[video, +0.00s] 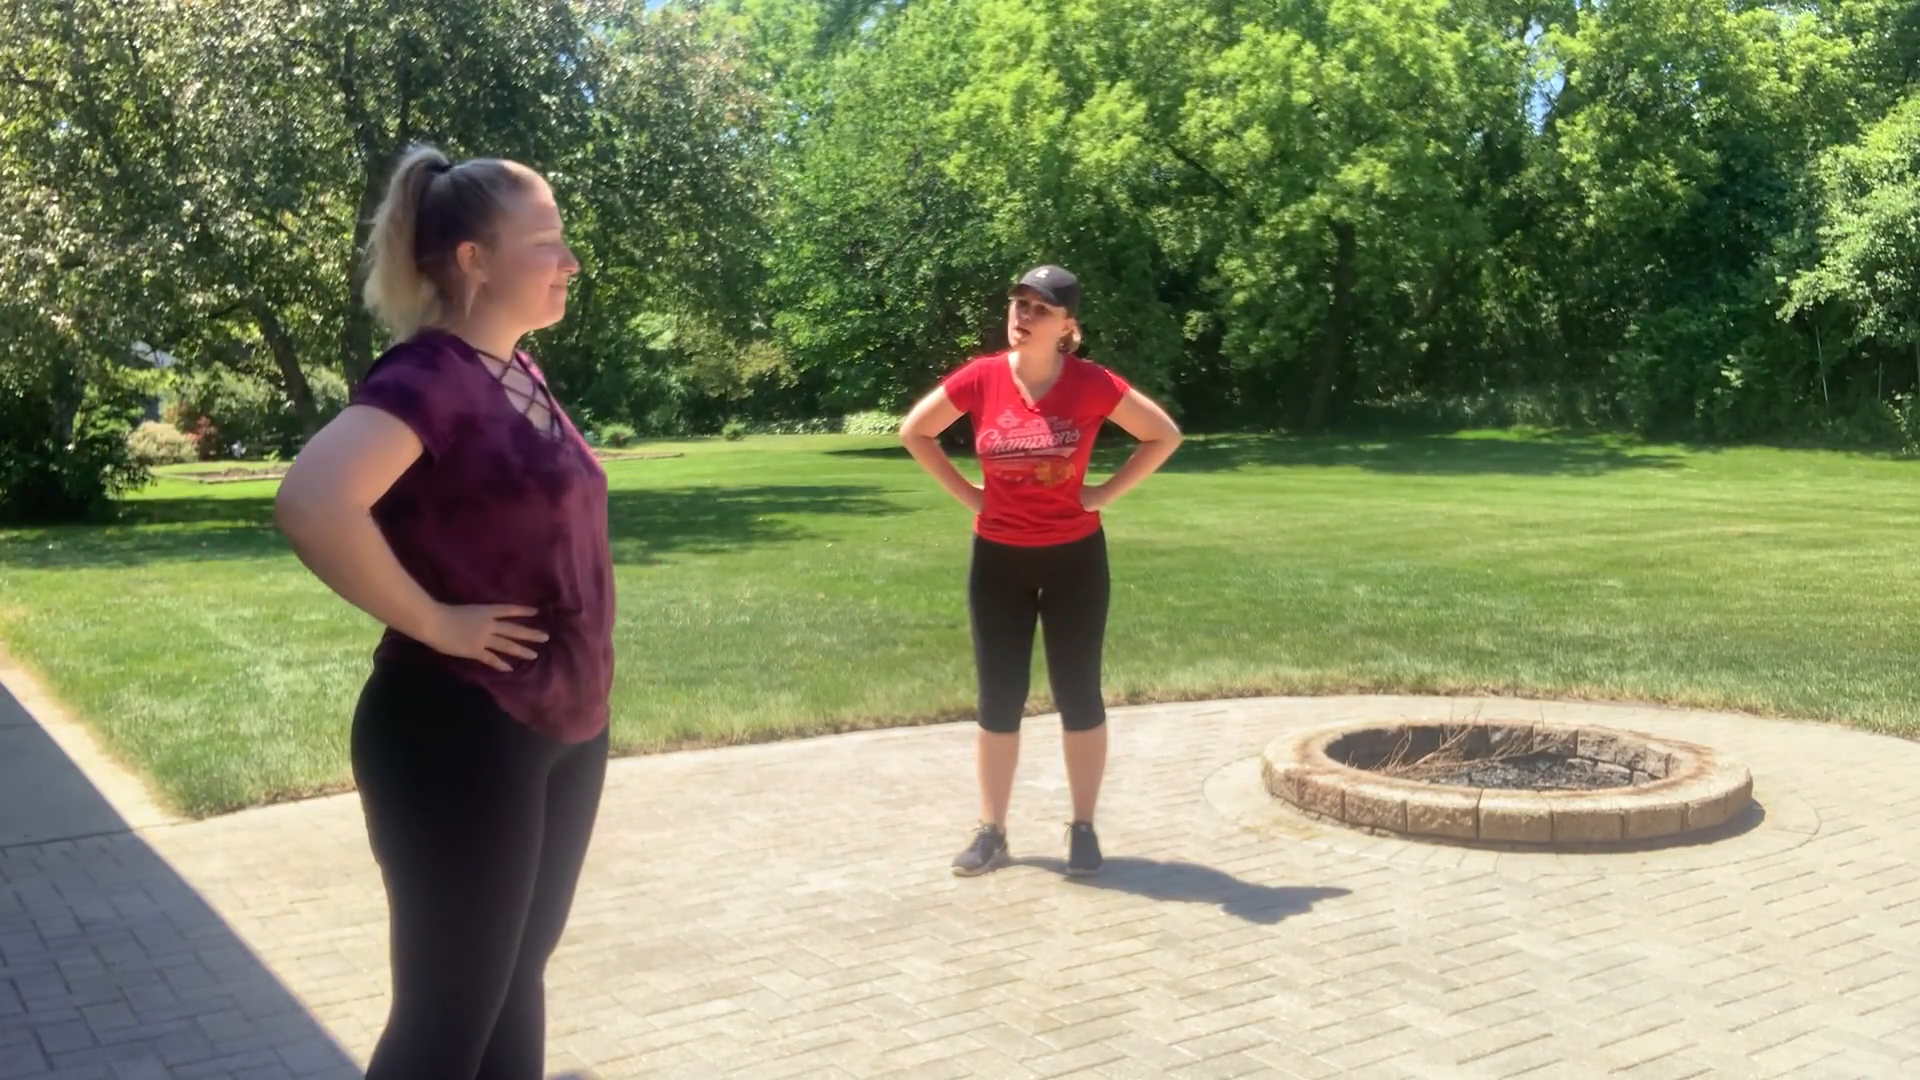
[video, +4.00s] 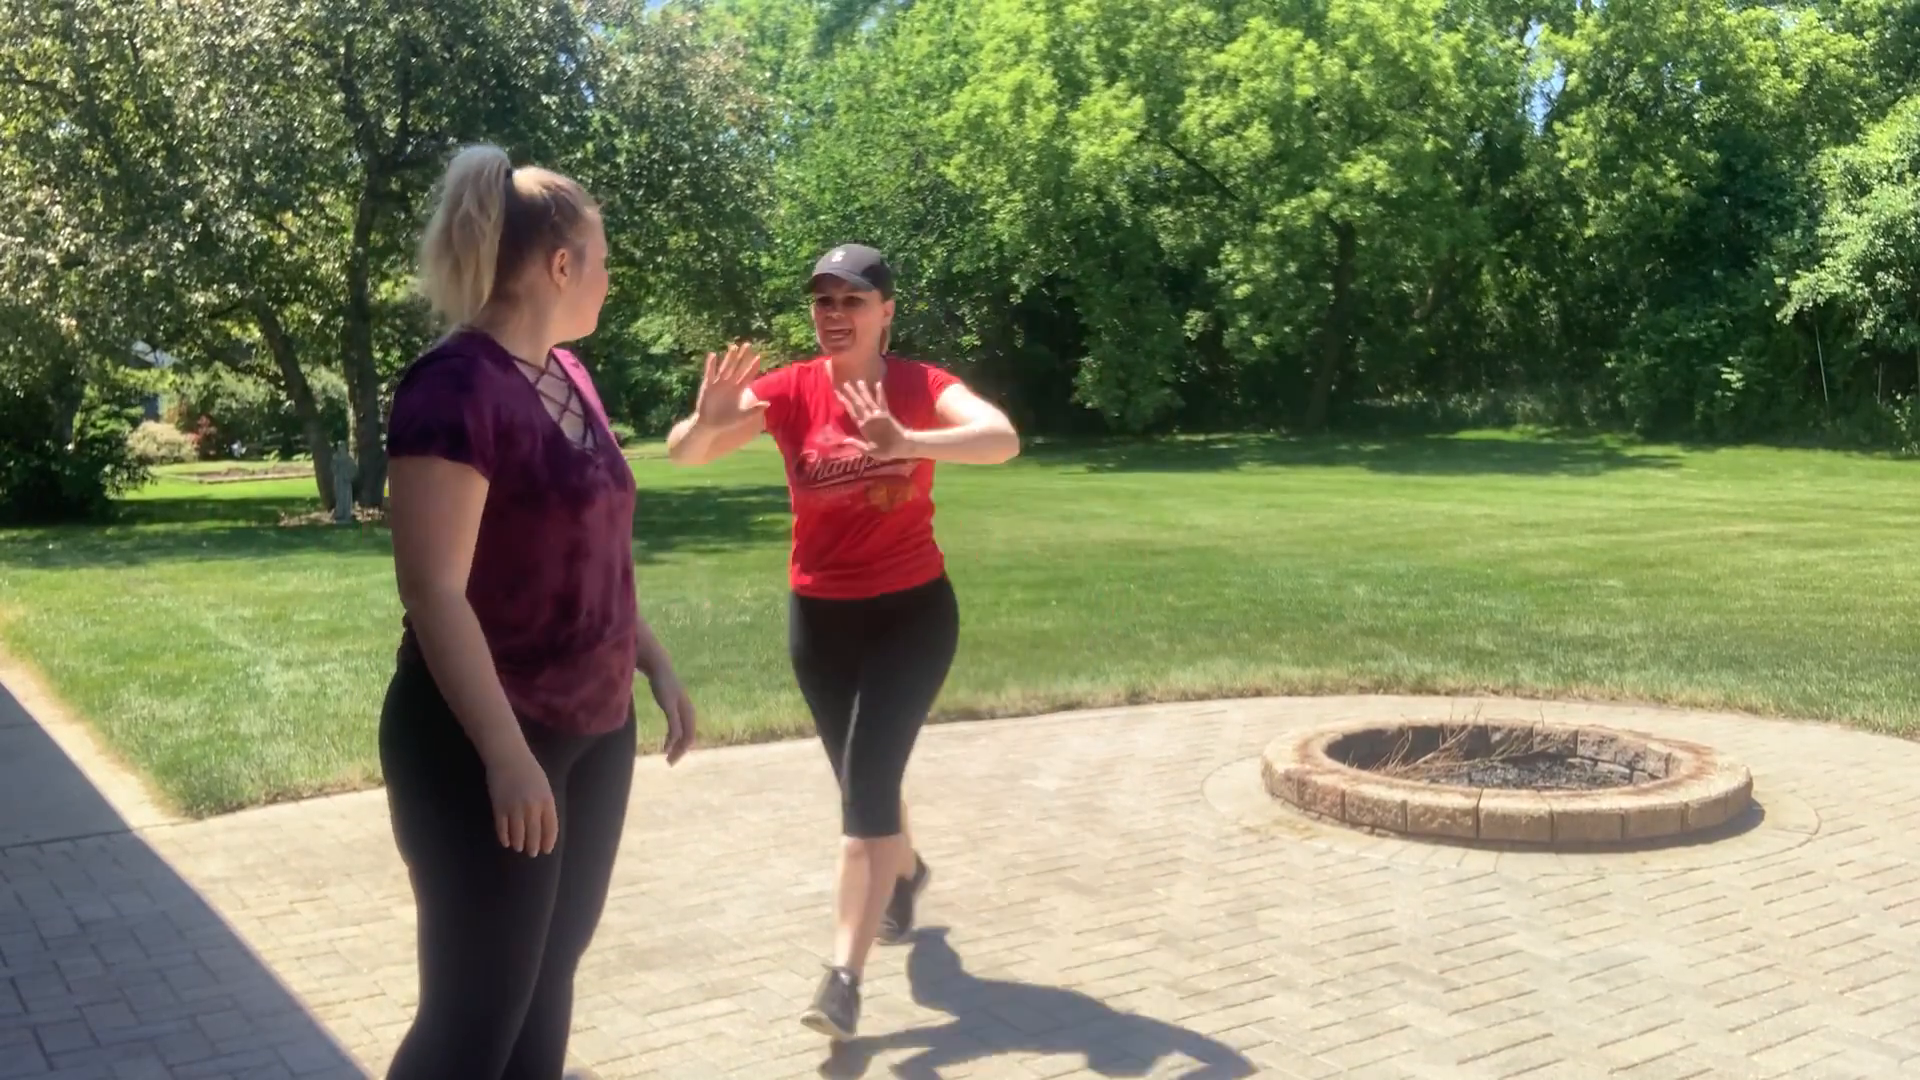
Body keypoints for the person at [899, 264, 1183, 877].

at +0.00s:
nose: (1021, 316)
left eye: (1036, 311)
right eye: (1018, 306)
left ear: (1068, 326)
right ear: (1009, 311)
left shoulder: (1092, 383)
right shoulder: (982, 376)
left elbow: (1166, 435)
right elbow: (914, 432)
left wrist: (1104, 494)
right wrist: (969, 493)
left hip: (1074, 555)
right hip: (998, 555)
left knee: (1077, 695)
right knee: (998, 698)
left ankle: (1083, 826)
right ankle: (991, 829)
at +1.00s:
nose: (1033, 323)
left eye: (1049, 317)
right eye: (1029, 312)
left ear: (1075, 332)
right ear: (1017, 320)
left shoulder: (1100, 396)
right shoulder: (987, 390)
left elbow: (1125, 484)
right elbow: (966, 477)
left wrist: (1144, 551)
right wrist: (942, 545)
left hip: (1084, 560)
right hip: (1007, 559)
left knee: (1075, 697)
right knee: (995, 697)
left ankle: (1083, 827)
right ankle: (991, 829)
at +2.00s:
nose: (1043, 311)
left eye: (1057, 302)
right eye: (1036, 301)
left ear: (1084, 312)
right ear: (1025, 307)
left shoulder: (1110, 382)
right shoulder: (998, 378)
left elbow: (1127, 478)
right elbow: (976, 471)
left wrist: (1133, 557)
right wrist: (958, 546)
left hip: (1086, 557)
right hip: (1009, 556)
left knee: (1082, 697)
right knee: (1004, 698)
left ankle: (1084, 827)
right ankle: (992, 828)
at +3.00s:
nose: (1003, 307)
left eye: (1017, 298)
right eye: (996, 296)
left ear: (1046, 307)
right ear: (986, 305)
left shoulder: (1071, 382)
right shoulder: (962, 367)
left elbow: (1085, 477)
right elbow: (896, 371)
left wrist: (1103, 555)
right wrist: (895, 320)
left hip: (1050, 558)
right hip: (973, 559)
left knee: (1057, 699)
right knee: (979, 702)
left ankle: (1072, 826)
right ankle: (984, 835)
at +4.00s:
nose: (835, 314)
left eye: (852, 301)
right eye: (823, 301)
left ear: (887, 310)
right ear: (811, 310)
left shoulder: (918, 385)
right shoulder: (787, 388)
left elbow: (1001, 438)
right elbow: (686, 455)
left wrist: (910, 442)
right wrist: (705, 420)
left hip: (911, 609)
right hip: (819, 613)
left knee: (866, 776)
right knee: (854, 772)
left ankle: (845, 972)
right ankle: (903, 867)